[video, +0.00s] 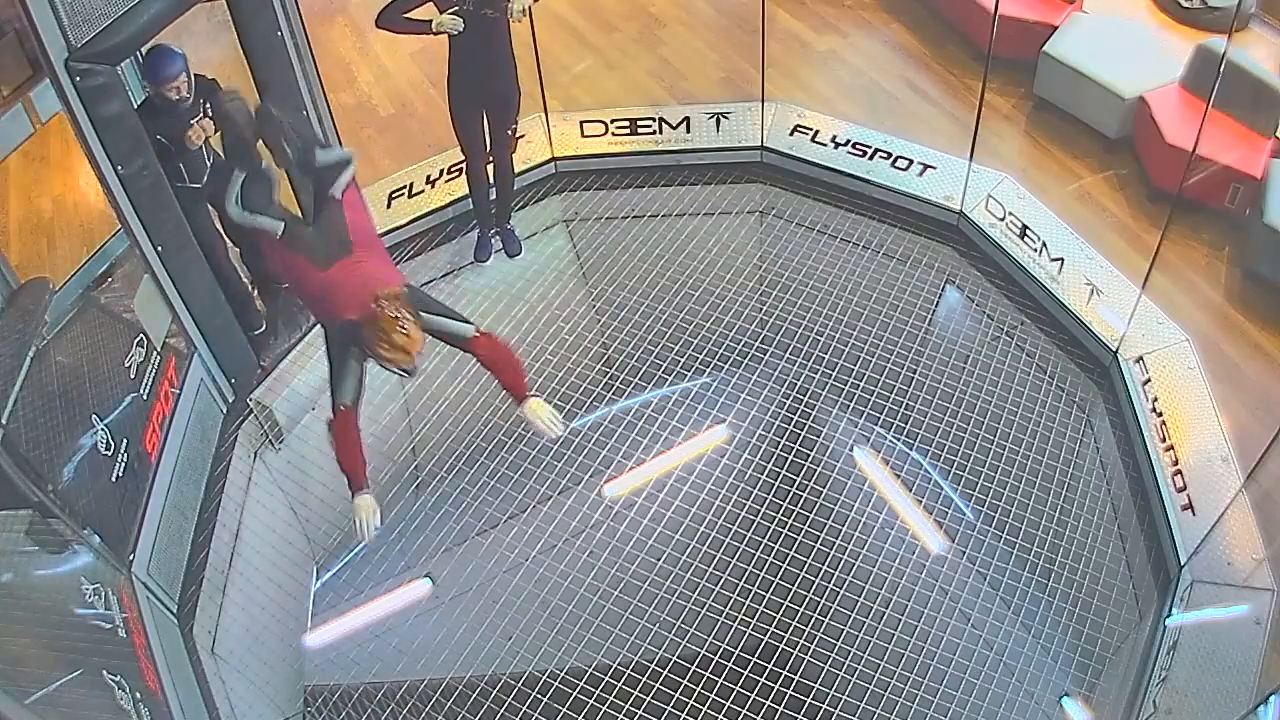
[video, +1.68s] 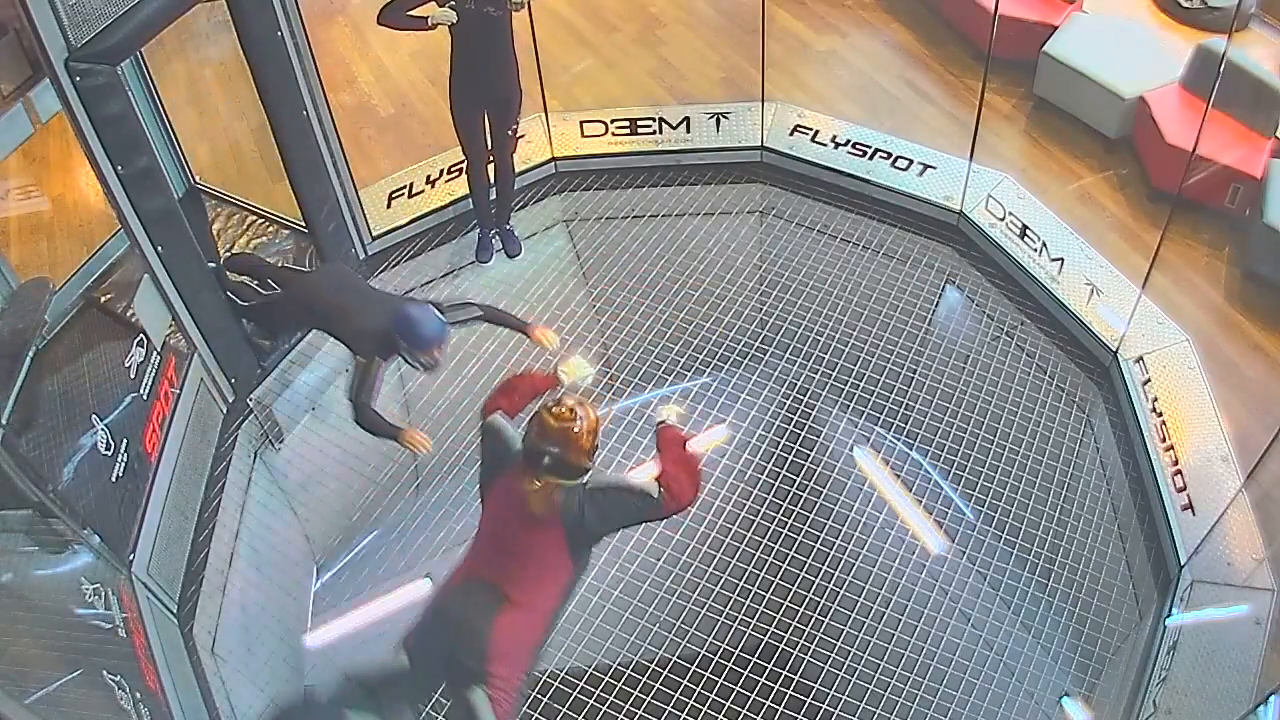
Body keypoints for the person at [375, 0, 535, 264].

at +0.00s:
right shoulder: (437, 1)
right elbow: (384, 18)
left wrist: (521, 4)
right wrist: (431, 25)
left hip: (502, 76)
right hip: (463, 81)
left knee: (503, 153)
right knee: (475, 158)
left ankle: (504, 224)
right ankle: (485, 229)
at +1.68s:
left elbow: (517, 6)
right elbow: (387, 15)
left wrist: (518, 4)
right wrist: (428, 21)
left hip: (504, 78)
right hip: (465, 82)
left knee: (504, 154)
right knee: (477, 158)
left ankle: (504, 225)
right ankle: (485, 229)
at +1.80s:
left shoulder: (508, 2)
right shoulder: (441, 1)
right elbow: (387, 19)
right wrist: (429, 24)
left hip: (503, 82)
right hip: (464, 86)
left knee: (503, 155)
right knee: (475, 159)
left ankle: (504, 225)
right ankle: (484, 229)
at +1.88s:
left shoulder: (507, 1)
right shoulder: (439, 2)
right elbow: (387, 20)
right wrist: (428, 25)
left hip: (502, 81)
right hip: (463, 85)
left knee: (503, 155)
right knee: (475, 160)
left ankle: (504, 225)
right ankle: (484, 229)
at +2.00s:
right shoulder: (439, 1)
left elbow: (520, 4)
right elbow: (384, 18)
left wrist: (524, 1)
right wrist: (426, 26)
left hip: (502, 81)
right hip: (462, 85)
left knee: (503, 156)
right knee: (474, 161)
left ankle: (504, 225)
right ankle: (484, 230)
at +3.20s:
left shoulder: (506, 1)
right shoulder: (440, 1)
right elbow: (392, 23)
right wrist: (436, 28)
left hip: (498, 82)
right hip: (459, 85)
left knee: (503, 160)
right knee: (471, 164)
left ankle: (508, 225)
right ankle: (482, 230)